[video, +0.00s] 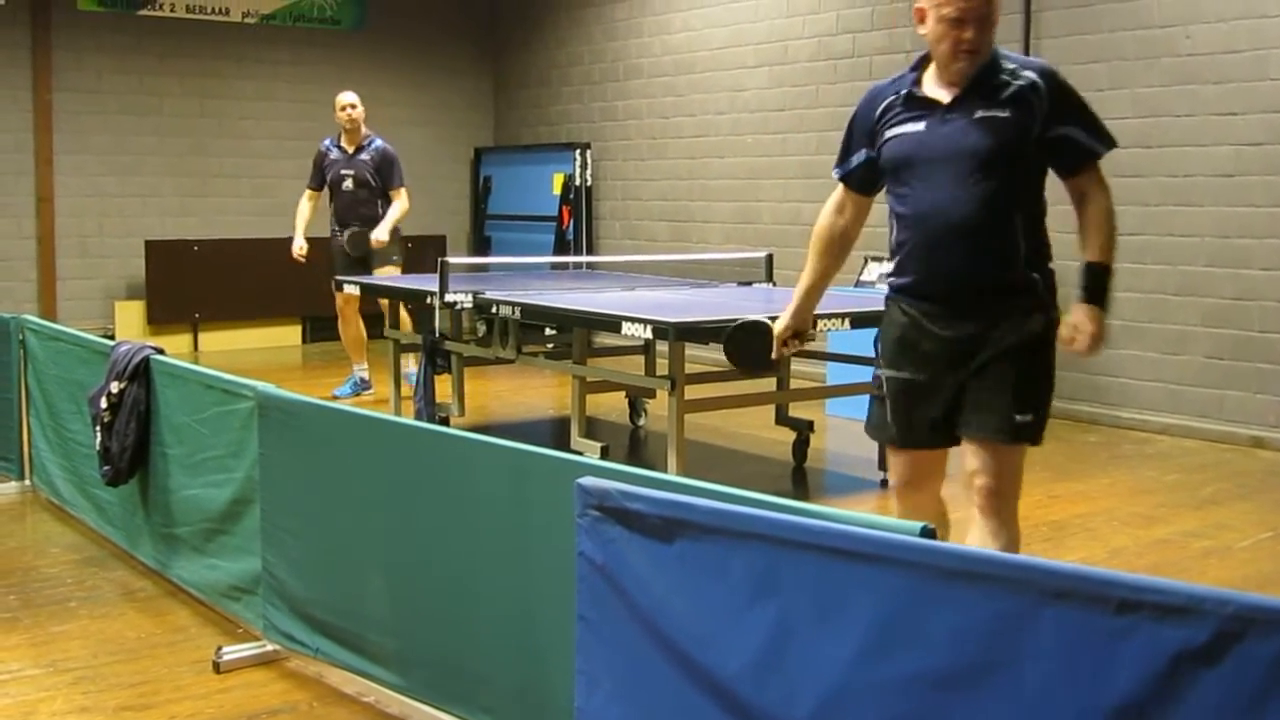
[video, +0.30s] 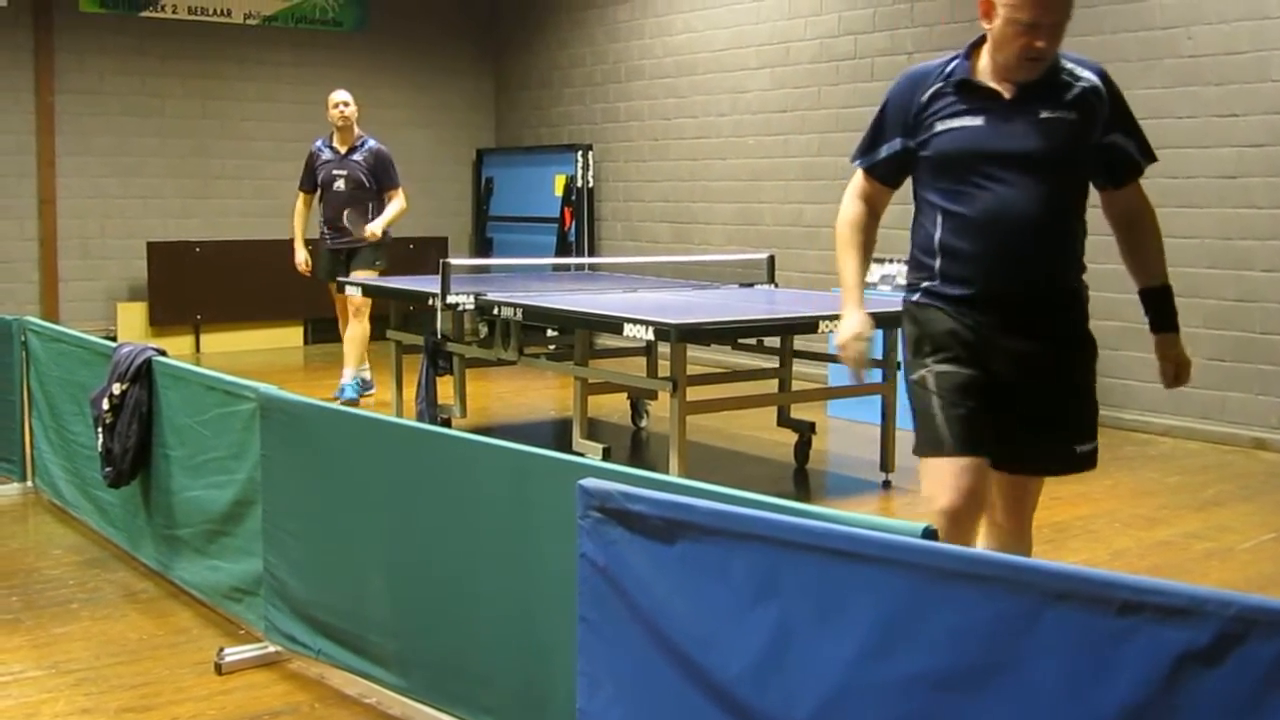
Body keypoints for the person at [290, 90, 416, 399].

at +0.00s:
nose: (350, 112)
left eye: (354, 106)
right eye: (343, 108)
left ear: (363, 111)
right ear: (336, 116)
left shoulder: (382, 152)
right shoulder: (327, 152)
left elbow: (400, 200)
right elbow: (310, 196)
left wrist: (385, 226)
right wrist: (299, 235)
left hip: (380, 235)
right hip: (342, 238)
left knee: (390, 300)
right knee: (345, 304)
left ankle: (411, 370)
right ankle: (361, 376)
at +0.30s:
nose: (343, 109)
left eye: (347, 104)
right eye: (336, 105)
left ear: (357, 111)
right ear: (328, 115)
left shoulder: (376, 152)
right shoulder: (318, 153)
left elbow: (398, 200)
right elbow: (304, 200)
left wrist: (380, 223)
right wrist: (299, 245)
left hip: (367, 242)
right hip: (331, 244)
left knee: (358, 305)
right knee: (344, 311)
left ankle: (347, 381)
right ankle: (364, 375)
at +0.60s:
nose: (350, 110)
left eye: (356, 105)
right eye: (345, 105)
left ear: (365, 113)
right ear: (336, 111)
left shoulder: (375, 156)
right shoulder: (320, 147)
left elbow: (387, 208)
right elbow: (303, 193)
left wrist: (387, 258)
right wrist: (297, 236)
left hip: (360, 242)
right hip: (322, 241)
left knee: (352, 311)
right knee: (324, 312)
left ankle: (344, 388)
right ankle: (357, 367)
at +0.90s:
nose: (357, 113)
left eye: (363, 108)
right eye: (352, 107)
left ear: (369, 114)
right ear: (339, 110)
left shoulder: (378, 154)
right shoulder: (319, 146)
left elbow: (392, 203)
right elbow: (305, 194)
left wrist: (389, 252)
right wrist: (303, 240)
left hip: (362, 245)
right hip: (321, 242)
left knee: (355, 311)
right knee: (309, 311)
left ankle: (345, 388)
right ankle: (319, 382)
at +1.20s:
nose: (364, 117)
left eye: (368, 112)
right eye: (358, 110)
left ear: (371, 116)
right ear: (341, 111)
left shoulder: (378, 156)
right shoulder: (316, 149)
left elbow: (391, 209)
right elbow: (294, 198)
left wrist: (389, 248)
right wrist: (291, 248)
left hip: (365, 251)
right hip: (324, 248)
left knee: (357, 320)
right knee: (327, 316)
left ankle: (346, 389)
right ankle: (326, 391)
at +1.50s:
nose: (367, 115)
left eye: (370, 110)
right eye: (361, 109)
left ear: (370, 114)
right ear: (341, 110)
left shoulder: (375, 155)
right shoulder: (315, 150)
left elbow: (389, 209)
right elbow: (294, 203)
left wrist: (406, 254)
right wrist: (297, 253)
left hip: (364, 252)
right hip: (326, 252)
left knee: (358, 325)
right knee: (331, 324)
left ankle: (347, 387)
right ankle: (334, 394)